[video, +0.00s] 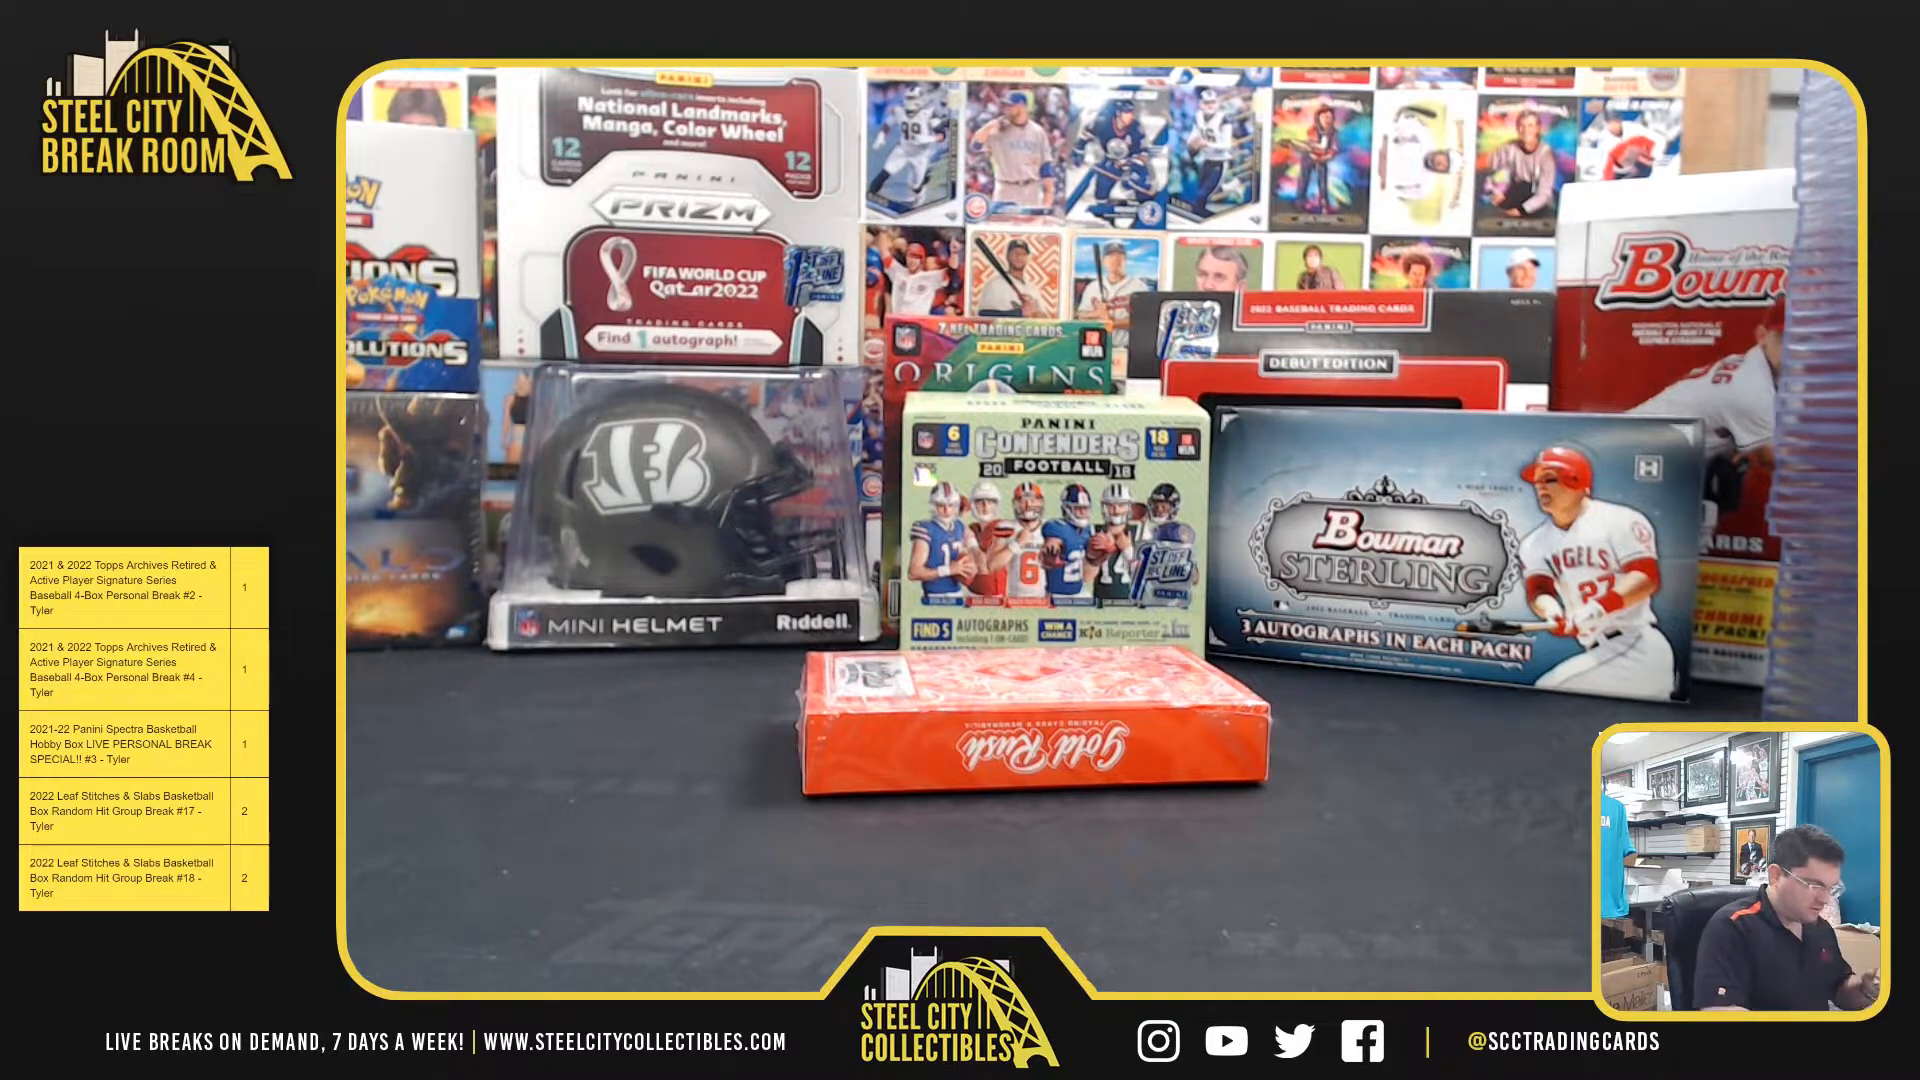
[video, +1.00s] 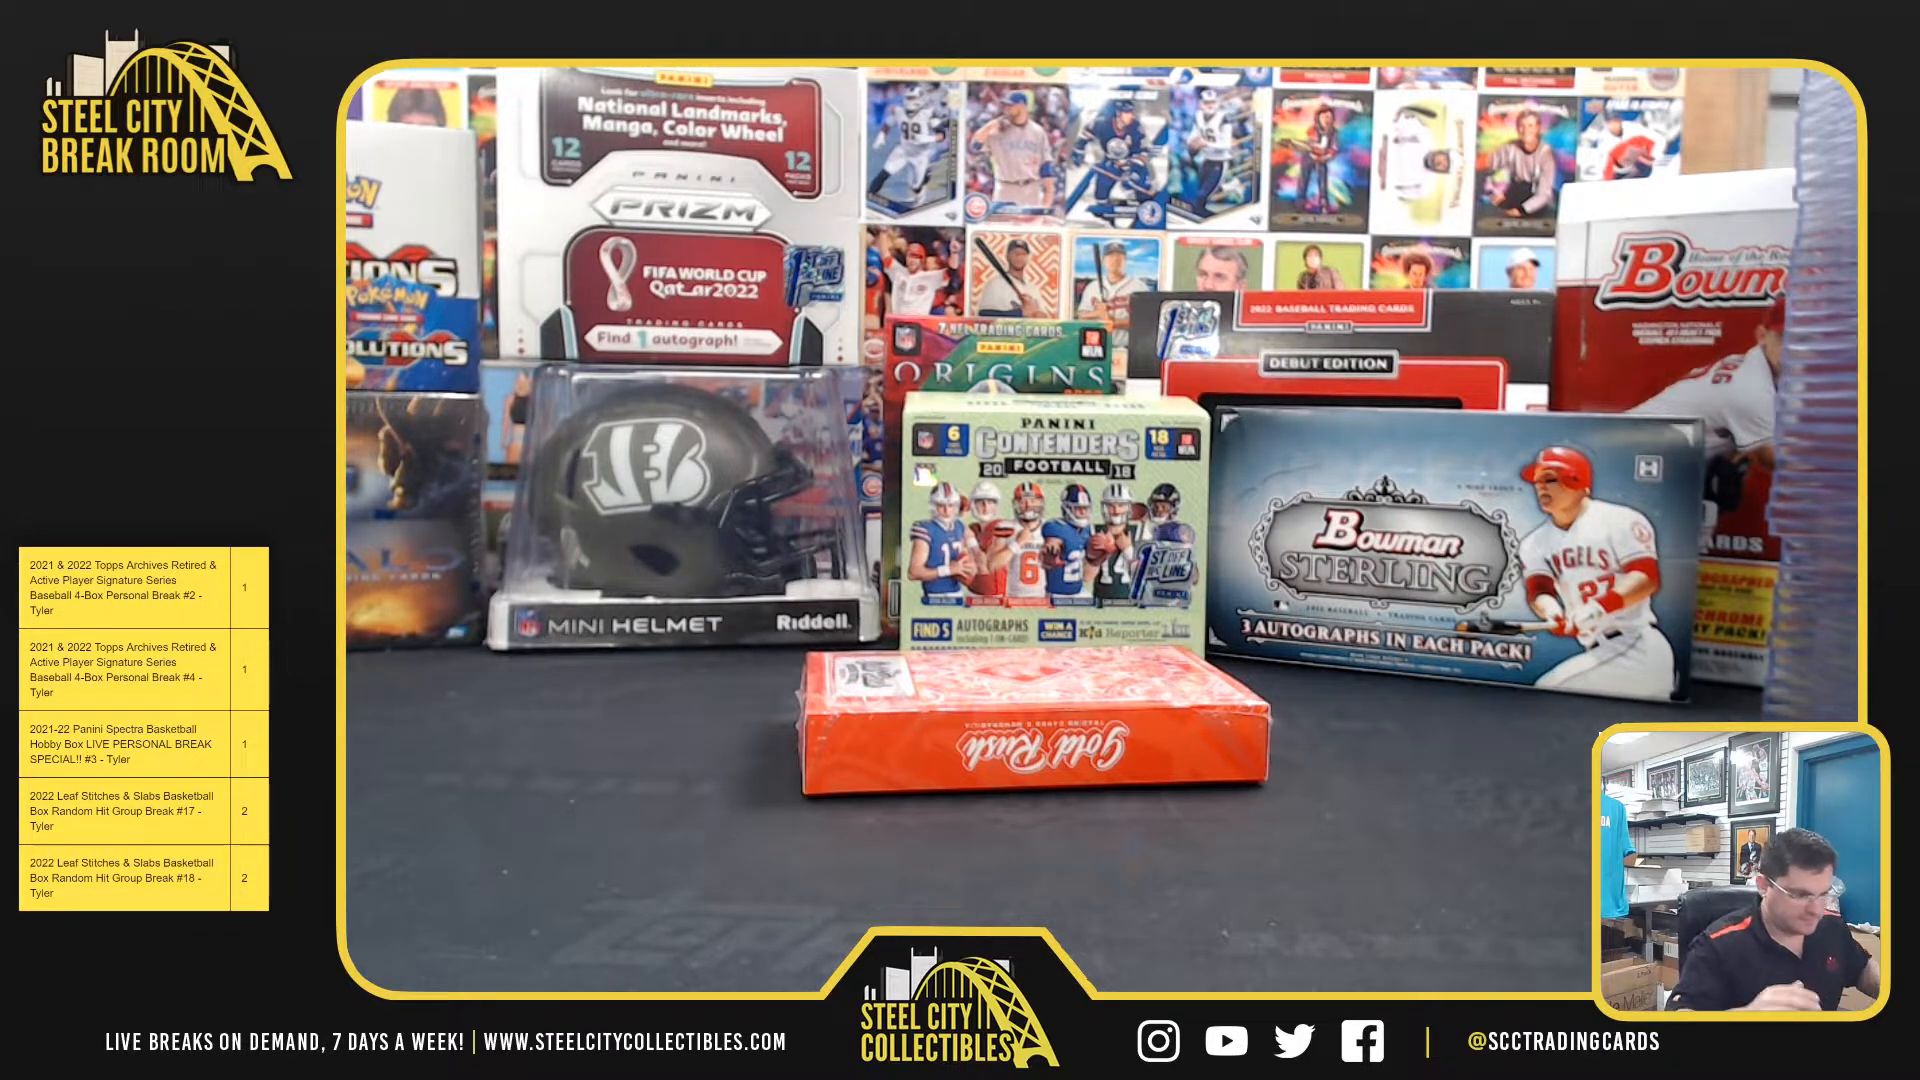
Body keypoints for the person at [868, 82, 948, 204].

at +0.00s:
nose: (911, 103)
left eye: (914, 99)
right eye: (908, 99)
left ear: (921, 100)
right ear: (905, 100)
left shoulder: (928, 114)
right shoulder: (899, 113)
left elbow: (942, 134)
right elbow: (887, 125)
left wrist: (928, 139)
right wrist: (881, 137)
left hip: (921, 153)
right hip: (903, 150)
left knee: (915, 186)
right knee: (885, 172)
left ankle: (918, 195)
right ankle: (868, 197)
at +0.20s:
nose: (911, 102)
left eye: (914, 99)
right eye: (908, 99)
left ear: (920, 100)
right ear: (904, 100)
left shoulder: (928, 114)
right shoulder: (899, 113)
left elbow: (942, 134)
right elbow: (887, 125)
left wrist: (928, 139)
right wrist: (881, 137)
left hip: (920, 153)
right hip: (903, 150)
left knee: (915, 186)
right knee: (885, 172)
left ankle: (919, 194)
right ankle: (868, 197)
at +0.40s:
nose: (911, 102)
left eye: (914, 99)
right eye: (908, 99)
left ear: (920, 100)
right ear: (904, 100)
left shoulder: (928, 114)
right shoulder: (899, 113)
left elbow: (942, 134)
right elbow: (887, 125)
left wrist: (928, 139)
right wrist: (881, 137)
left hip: (920, 153)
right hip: (903, 150)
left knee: (915, 186)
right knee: (885, 172)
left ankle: (919, 194)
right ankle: (868, 197)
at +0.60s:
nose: (911, 102)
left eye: (914, 99)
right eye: (908, 99)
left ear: (920, 100)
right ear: (904, 100)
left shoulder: (928, 114)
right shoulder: (899, 113)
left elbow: (942, 134)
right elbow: (887, 125)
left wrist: (928, 139)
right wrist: (881, 137)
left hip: (920, 153)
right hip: (903, 150)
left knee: (915, 186)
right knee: (885, 172)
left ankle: (919, 194)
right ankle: (868, 197)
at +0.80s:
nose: (911, 102)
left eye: (915, 99)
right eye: (909, 99)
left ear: (921, 100)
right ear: (905, 100)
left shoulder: (928, 114)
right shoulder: (899, 112)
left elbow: (942, 134)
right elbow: (887, 125)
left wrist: (928, 139)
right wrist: (881, 137)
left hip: (921, 153)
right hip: (903, 150)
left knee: (915, 186)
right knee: (885, 173)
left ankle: (919, 195)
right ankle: (868, 197)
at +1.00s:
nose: (911, 102)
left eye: (915, 99)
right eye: (909, 99)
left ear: (921, 100)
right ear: (905, 100)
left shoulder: (928, 114)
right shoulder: (899, 112)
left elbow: (942, 134)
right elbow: (887, 125)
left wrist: (928, 139)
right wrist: (881, 137)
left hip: (921, 153)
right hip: (903, 150)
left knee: (915, 186)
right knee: (885, 173)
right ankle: (868, 197)